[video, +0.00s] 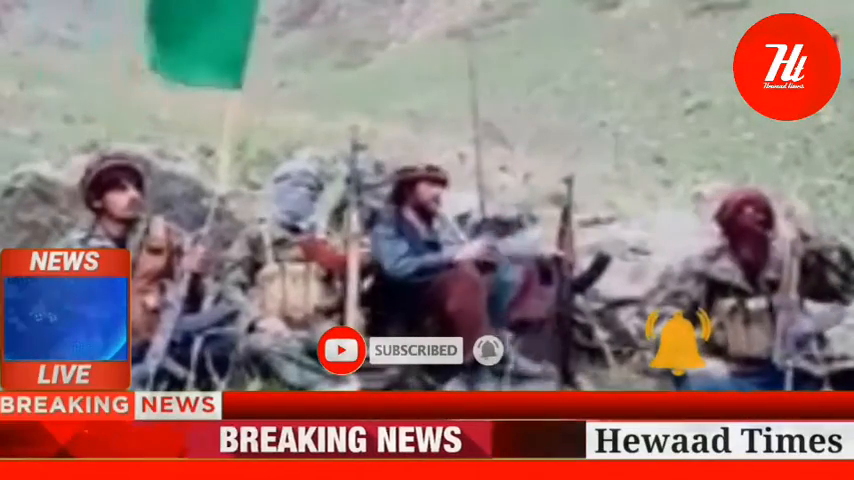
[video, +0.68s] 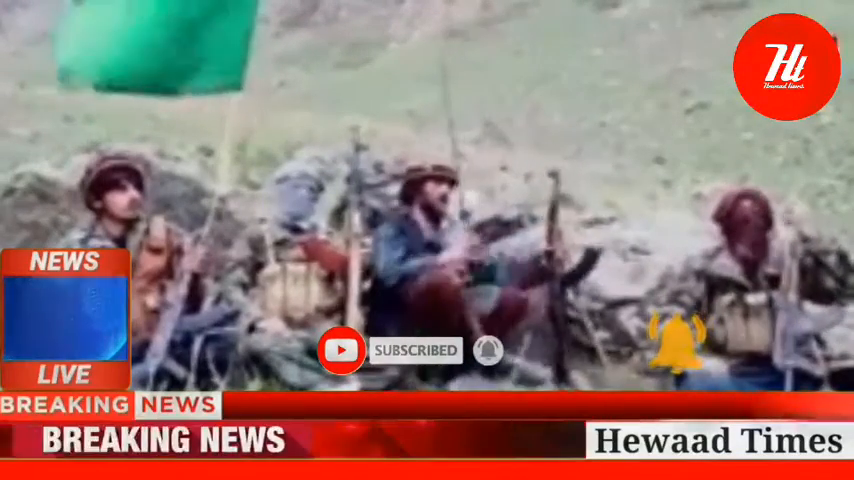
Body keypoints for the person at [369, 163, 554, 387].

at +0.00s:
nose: (439, 193)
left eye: (441, 187)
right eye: (431, 185)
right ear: (411, 188)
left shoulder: (440, 223)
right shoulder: (389, 225)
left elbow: (461, 248)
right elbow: (397, 267)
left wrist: (479, 253)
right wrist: (454, 256)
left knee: (511, 275)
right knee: (463, 279)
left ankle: (501, 346)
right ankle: (478, 367)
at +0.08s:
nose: (439, 195)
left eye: (441, 188)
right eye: (431, 186)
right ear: (411, 190)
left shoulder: (441, 225)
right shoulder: (388, 228)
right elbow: (397, 267)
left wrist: (479, 250)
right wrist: (455, 254)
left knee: (513, 274)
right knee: (459, 278)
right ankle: (477, 366)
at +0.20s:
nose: (439, 198)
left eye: (441, 192)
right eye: (432, 189)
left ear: (441, 198)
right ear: (410, 193)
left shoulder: (443, 230)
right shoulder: (386, 231)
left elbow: (479, 264)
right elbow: (395, 265)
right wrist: (452, 250)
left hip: (455, 300)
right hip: (408, 313)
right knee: (459, 276)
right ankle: (477, 364)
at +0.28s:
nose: (440, 198)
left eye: (442, 192)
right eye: (433, 190)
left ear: (442, 197)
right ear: (411, 193)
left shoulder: (441, 231)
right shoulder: (387, 232)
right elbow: (393, 264)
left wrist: (535, 270)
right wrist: (448, 245)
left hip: (450, 304)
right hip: (405, 313)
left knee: (515, 276)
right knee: (457, 273)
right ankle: (480, 358)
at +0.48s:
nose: (441, 197)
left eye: (443, 192)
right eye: (433, 189)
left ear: (444, 198)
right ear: (413, 193)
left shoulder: (446, 231)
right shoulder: (389, 234)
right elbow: (392, 269)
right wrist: (451, 247)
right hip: (403, 321)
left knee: (522, 278)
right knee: (454, 265)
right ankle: (489, 340)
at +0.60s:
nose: (443, 194)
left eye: (446, 188)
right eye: (435, 185)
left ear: (447, 194)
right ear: (414, 191)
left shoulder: (451, 228)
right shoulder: (392, 231)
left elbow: (479, 272)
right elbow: (389, 271)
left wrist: (476, 252)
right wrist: (446, 257)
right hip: (405, 321)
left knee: (516, 284)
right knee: (446, 279)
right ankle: (490, 341)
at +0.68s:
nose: (446, 191)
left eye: (449, 185)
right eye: (438, 183)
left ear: (450, 191)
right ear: (418, 187)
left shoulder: (451, 229)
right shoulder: (393, 228)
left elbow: (481, 272)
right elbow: (388, 274)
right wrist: (444, 263)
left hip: (450, 302)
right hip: (406, 311)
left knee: (519, 302)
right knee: (444, 284)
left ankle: (479, 358)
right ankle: (479, 353)